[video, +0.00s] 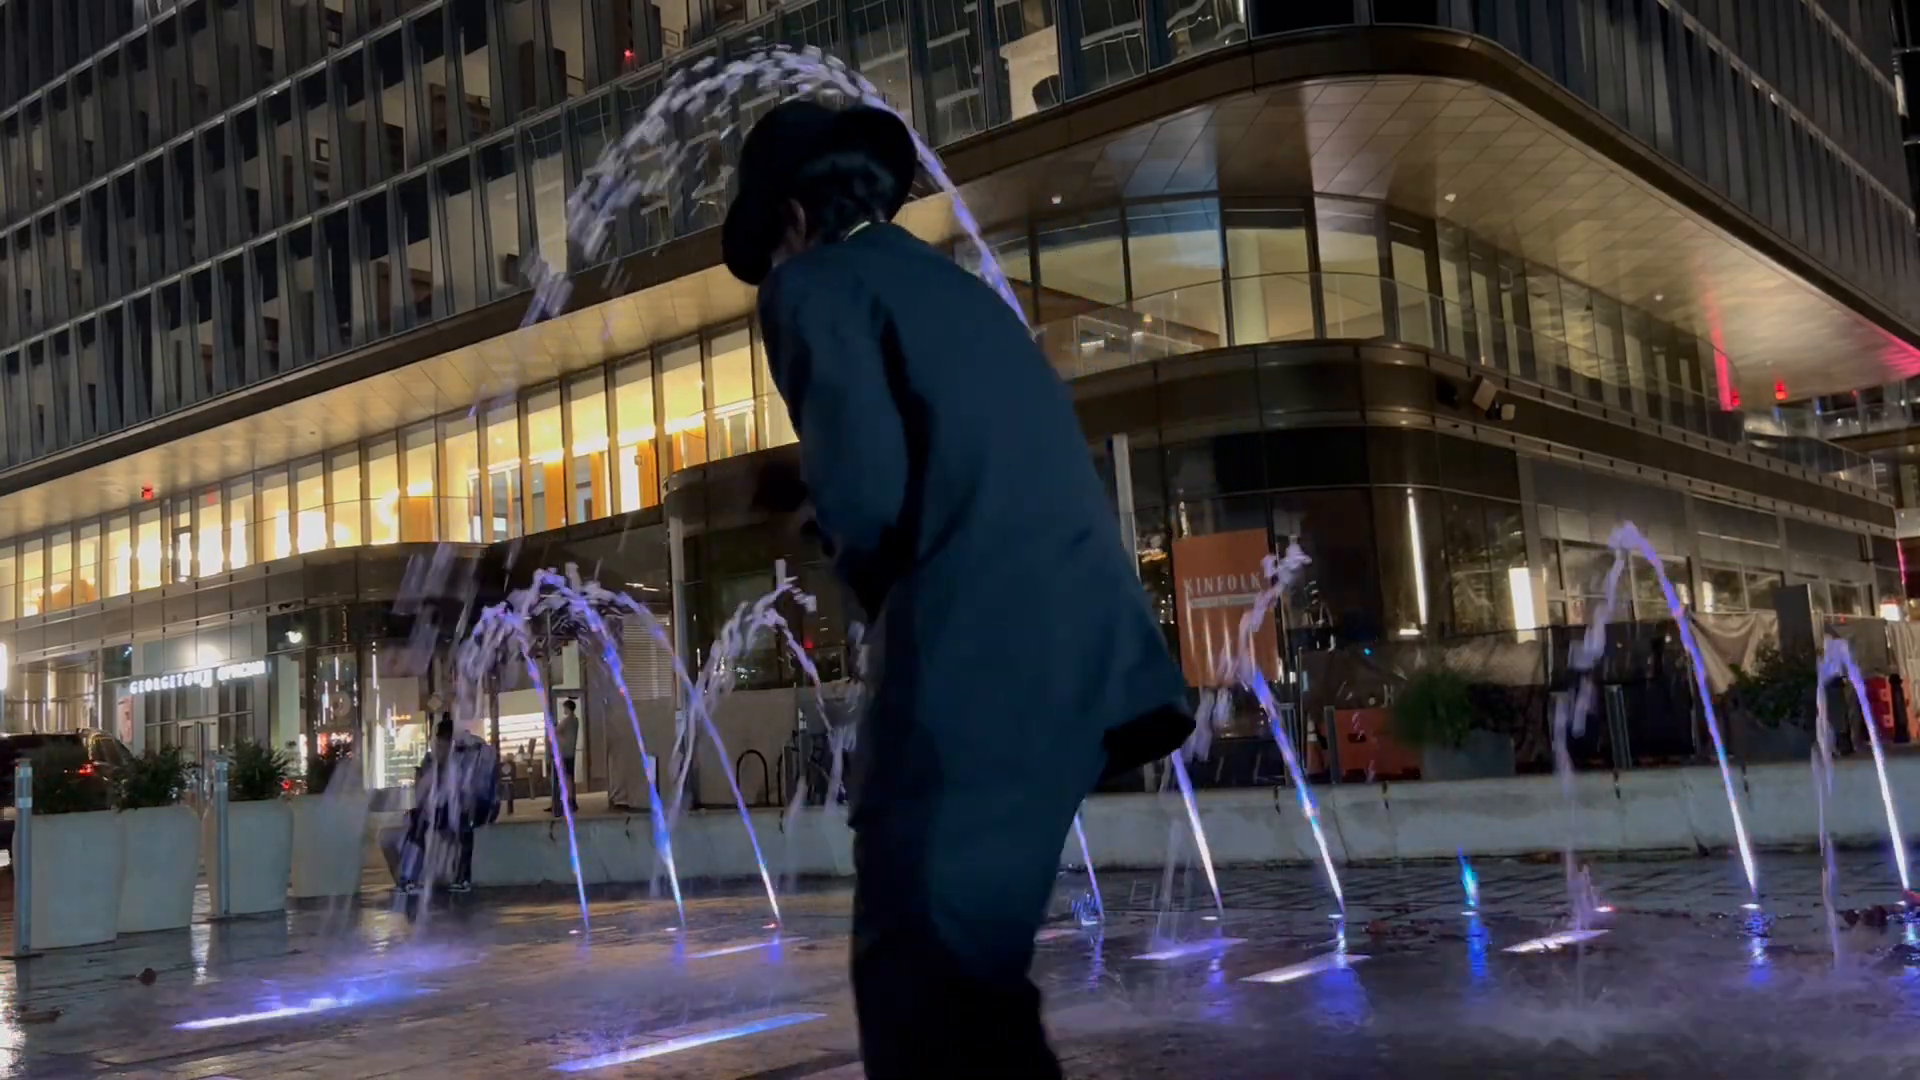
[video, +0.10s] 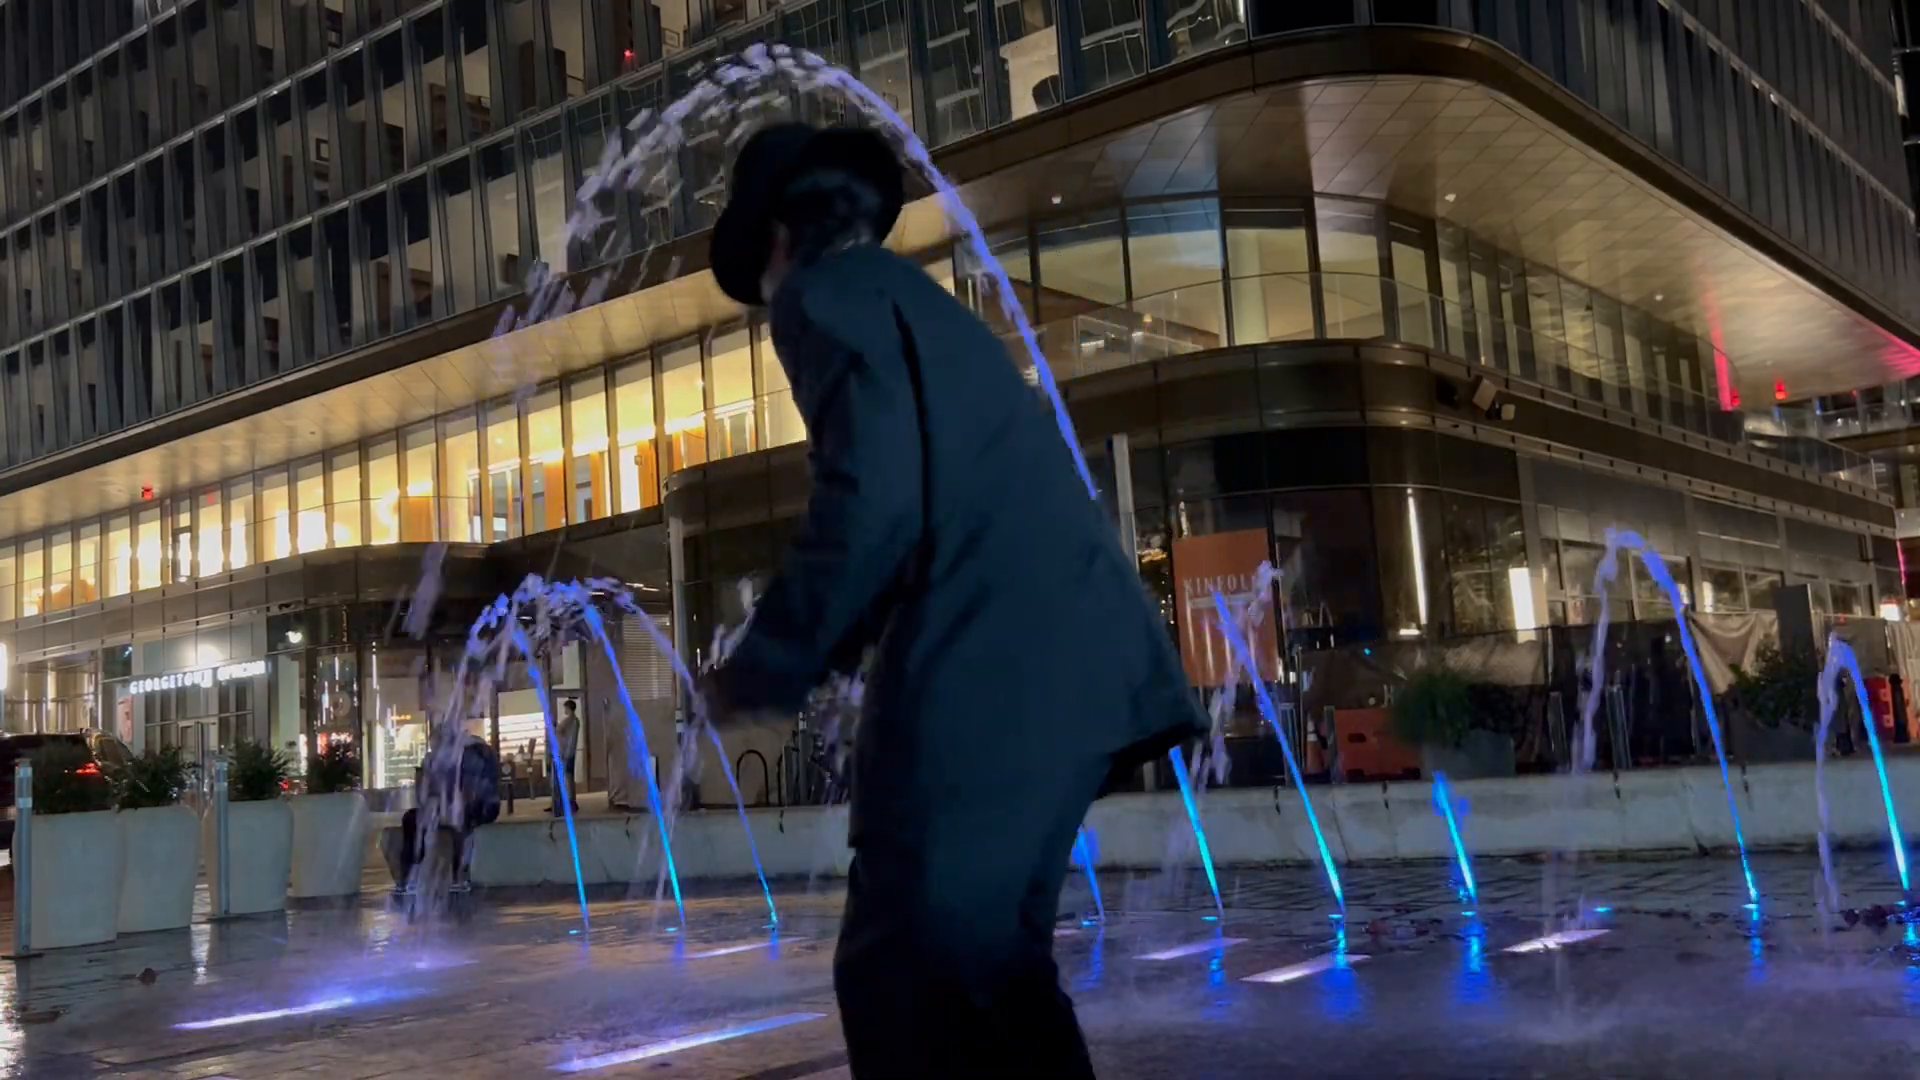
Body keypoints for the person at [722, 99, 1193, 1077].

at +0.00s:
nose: (763, 273)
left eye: (759, 248)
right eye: (756, 256)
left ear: (792, 217)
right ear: (875, 199)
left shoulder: (817, 280)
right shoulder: (949, 284)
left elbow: (862, 493)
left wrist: (859, 573)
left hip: (986, 651)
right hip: (1067, 643)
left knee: (911, 966)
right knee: (976, 962)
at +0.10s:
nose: (758, 285)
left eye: (754, 257)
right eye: (752, 263)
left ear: (781, 232)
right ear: (861, 221)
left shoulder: (828, 294)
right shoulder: (928, 304)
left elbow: (873, 500)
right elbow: (921, 520)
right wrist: (803, 655)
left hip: (993, 675)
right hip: (1063, 666)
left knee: (892, 973)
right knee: (1000, 961)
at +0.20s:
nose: (747, 354)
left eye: (740, 323)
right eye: (739, 334)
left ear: (756, 290)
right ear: (838, 276)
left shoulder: (830, 336)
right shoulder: (895, 351)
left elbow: (839, 519)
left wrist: (652, 649)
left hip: (1017, 701)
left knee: (880, 976)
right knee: (1014, 972)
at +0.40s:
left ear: (837, 294)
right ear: (953, 265)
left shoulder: (792, 406)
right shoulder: (1039, 327)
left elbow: (816, 606)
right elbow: (1170, 463)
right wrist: (1166, 627)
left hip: (929, 731)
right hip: (1093, 704)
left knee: (854, 1009)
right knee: (1035, 974)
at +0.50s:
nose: (1060, 248)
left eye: (1056, 230)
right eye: (1047, 229)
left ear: (933, 240)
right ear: (1002, 231)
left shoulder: (871, 369)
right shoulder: (1036, 299)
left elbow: (846, 523)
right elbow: (1067, 434)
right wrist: (1216, 564)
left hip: (880, 702)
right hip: (1041, 686)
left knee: (900, 994)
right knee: (1093, 989)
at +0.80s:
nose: (1057, 184)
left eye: (1060, 160)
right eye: (1032, 155)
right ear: (948, 158)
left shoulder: (1072, 319)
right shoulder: (831, 283)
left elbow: (1094, 482)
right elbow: (718, 443)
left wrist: (1127, 565)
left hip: (1067, 681)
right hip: (923, 687)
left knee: (1101, 990)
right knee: (1016, 988)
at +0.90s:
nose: (948, 200)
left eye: (964, 177)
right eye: (923, 172)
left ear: (982, 191)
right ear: (864, 182)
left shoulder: (1047, 319)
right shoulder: (762, 349)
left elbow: (1116, 474)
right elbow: (697, 519)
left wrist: (1152, 588)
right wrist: (813, 535)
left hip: (1064, 705)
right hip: (886, 728)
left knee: (1101, 993)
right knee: (905, 1014)